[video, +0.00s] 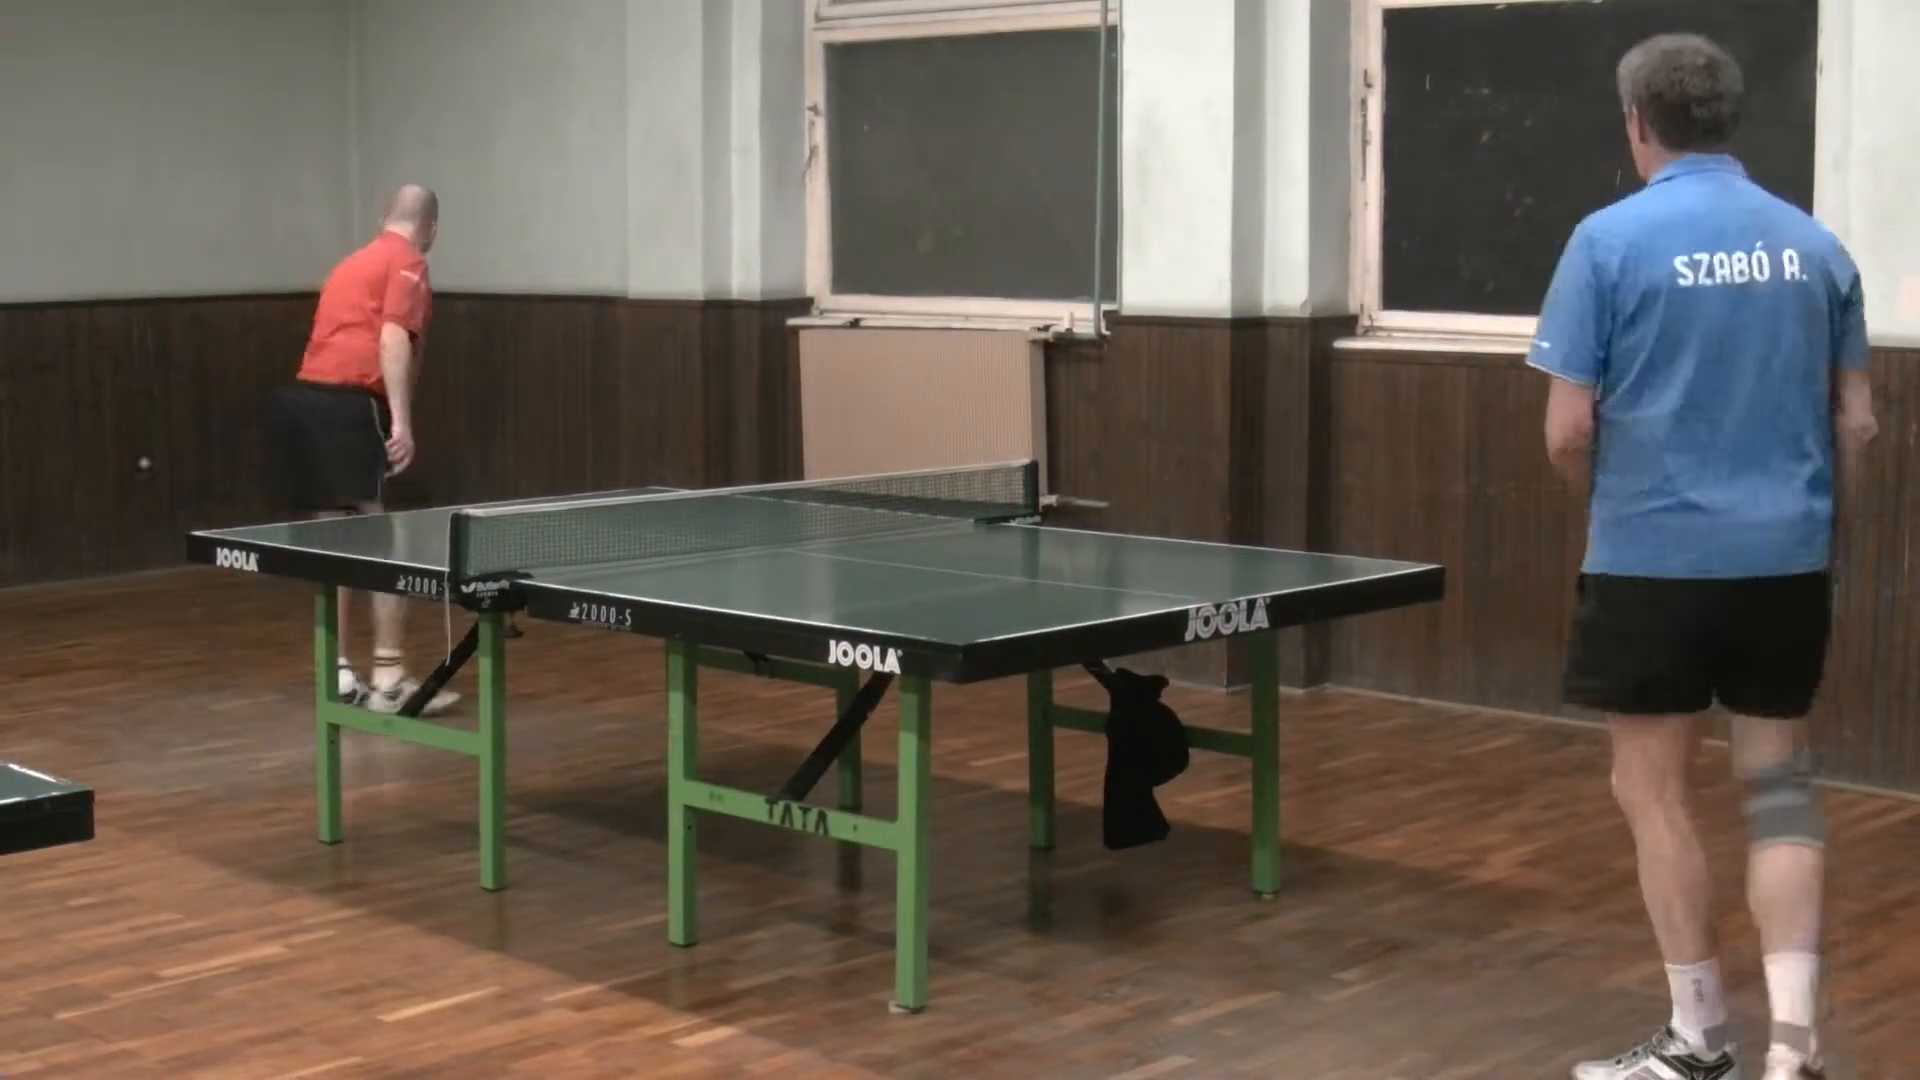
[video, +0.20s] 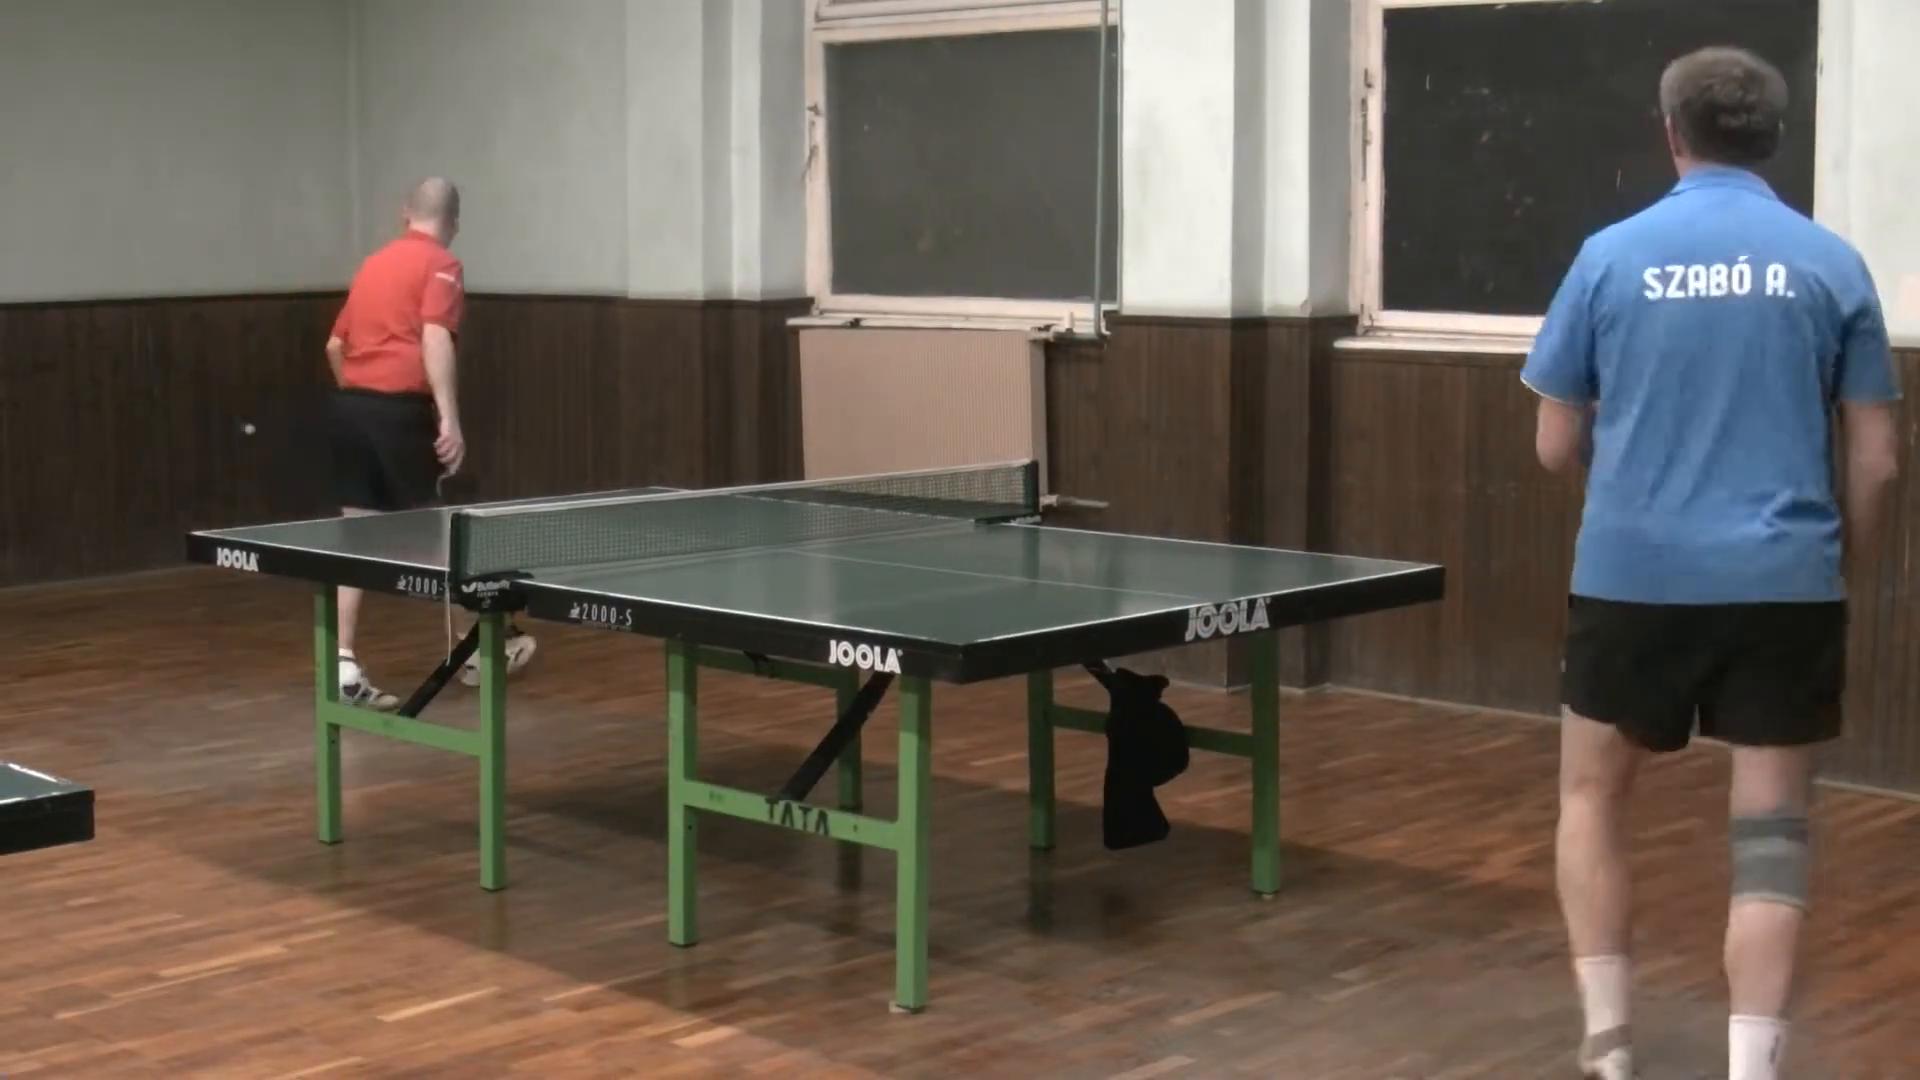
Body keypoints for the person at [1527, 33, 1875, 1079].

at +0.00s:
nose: (1622, 134)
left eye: (1623, 118)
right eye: (1625, 116)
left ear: (1640, 126)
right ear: (1732, 121)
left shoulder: (1609, 240)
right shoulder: (1814, 242)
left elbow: (1567, 434)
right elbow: (1857, 419)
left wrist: (1605, 504)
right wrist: (1805, 508)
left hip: (1651, 568)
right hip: (1784, 567)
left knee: (1651, 791)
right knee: (1779, 783)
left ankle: (1697, 1035)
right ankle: (1795, 1040)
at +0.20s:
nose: (1663, 139)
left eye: (1664, 125)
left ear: (1671, 137)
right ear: (1773, 138)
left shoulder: (1610, 256)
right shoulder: (1833, 263)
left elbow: (1557, 443)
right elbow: (1874, 460)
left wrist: (1637, 463)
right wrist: (1838, 569)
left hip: (1633, 585)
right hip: (1784, 591)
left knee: (1591, 797)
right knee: (1769, 832)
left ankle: (1606, 1049)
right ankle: (1751, 1071)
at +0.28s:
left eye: (1683, 143)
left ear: (1690, 152)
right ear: (1792, 156)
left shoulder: (1620, 270)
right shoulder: (1829, 271)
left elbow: (1583, 448)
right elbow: (1867, 479)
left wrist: (1618, 557)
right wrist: (1836, 597)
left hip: (1608, 588)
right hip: (1756, 599)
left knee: (1579, 820)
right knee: (1787, 840)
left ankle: (1511, 1048)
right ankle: (1753, 1069)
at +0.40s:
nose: (1808, 210)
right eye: (1806, 195)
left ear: (1694, 191)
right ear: (1796, 196)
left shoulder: (1647, 286)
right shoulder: (1784, 309)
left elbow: (1694, 473)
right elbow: (1853, 522)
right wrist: (1844, 616)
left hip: (1571, 618)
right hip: (1706, 630)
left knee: (1551, 870)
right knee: (1801, 850)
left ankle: (1446, 1071)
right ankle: (1746, 1071)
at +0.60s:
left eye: (1664, 169)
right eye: (1780, 184)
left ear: (1669, 173)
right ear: (1773, 184)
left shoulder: (1598, 271)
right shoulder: (1797, 293)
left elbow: (1597, 437)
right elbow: (1859, 508)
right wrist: (1832, 627)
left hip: (1549, 600)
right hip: (1699, 615)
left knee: (1501, 849)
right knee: (1758, 838)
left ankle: (1434, 1070)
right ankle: (1738, 1068)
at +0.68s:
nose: (1632, 163)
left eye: (1635, 148)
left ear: (1647, 151)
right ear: (1745, 160)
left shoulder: (1569, 252)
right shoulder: (1794, 279)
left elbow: (1521, 441)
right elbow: (1862, 490)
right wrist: (1803, 610)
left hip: (1545, 590)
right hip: (1704, 605)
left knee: (1487, 841)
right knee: (1733, 847)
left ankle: (1450, 1070)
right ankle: (1733, 1070)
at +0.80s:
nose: (1583, 143)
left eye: (1583, 128)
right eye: (1589, 128)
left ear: (1598, 130)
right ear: (1695, 135)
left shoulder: (1526, 235)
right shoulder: (1765, 265)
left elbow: (1430, 423)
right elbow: (1842, 461)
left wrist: (1515, 439)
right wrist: (1764, 583)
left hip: (1533, 596)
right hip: (1693, 607)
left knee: (1473, 841)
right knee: (1704, 848)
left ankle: (1481, 1069)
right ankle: (1729, 1071)